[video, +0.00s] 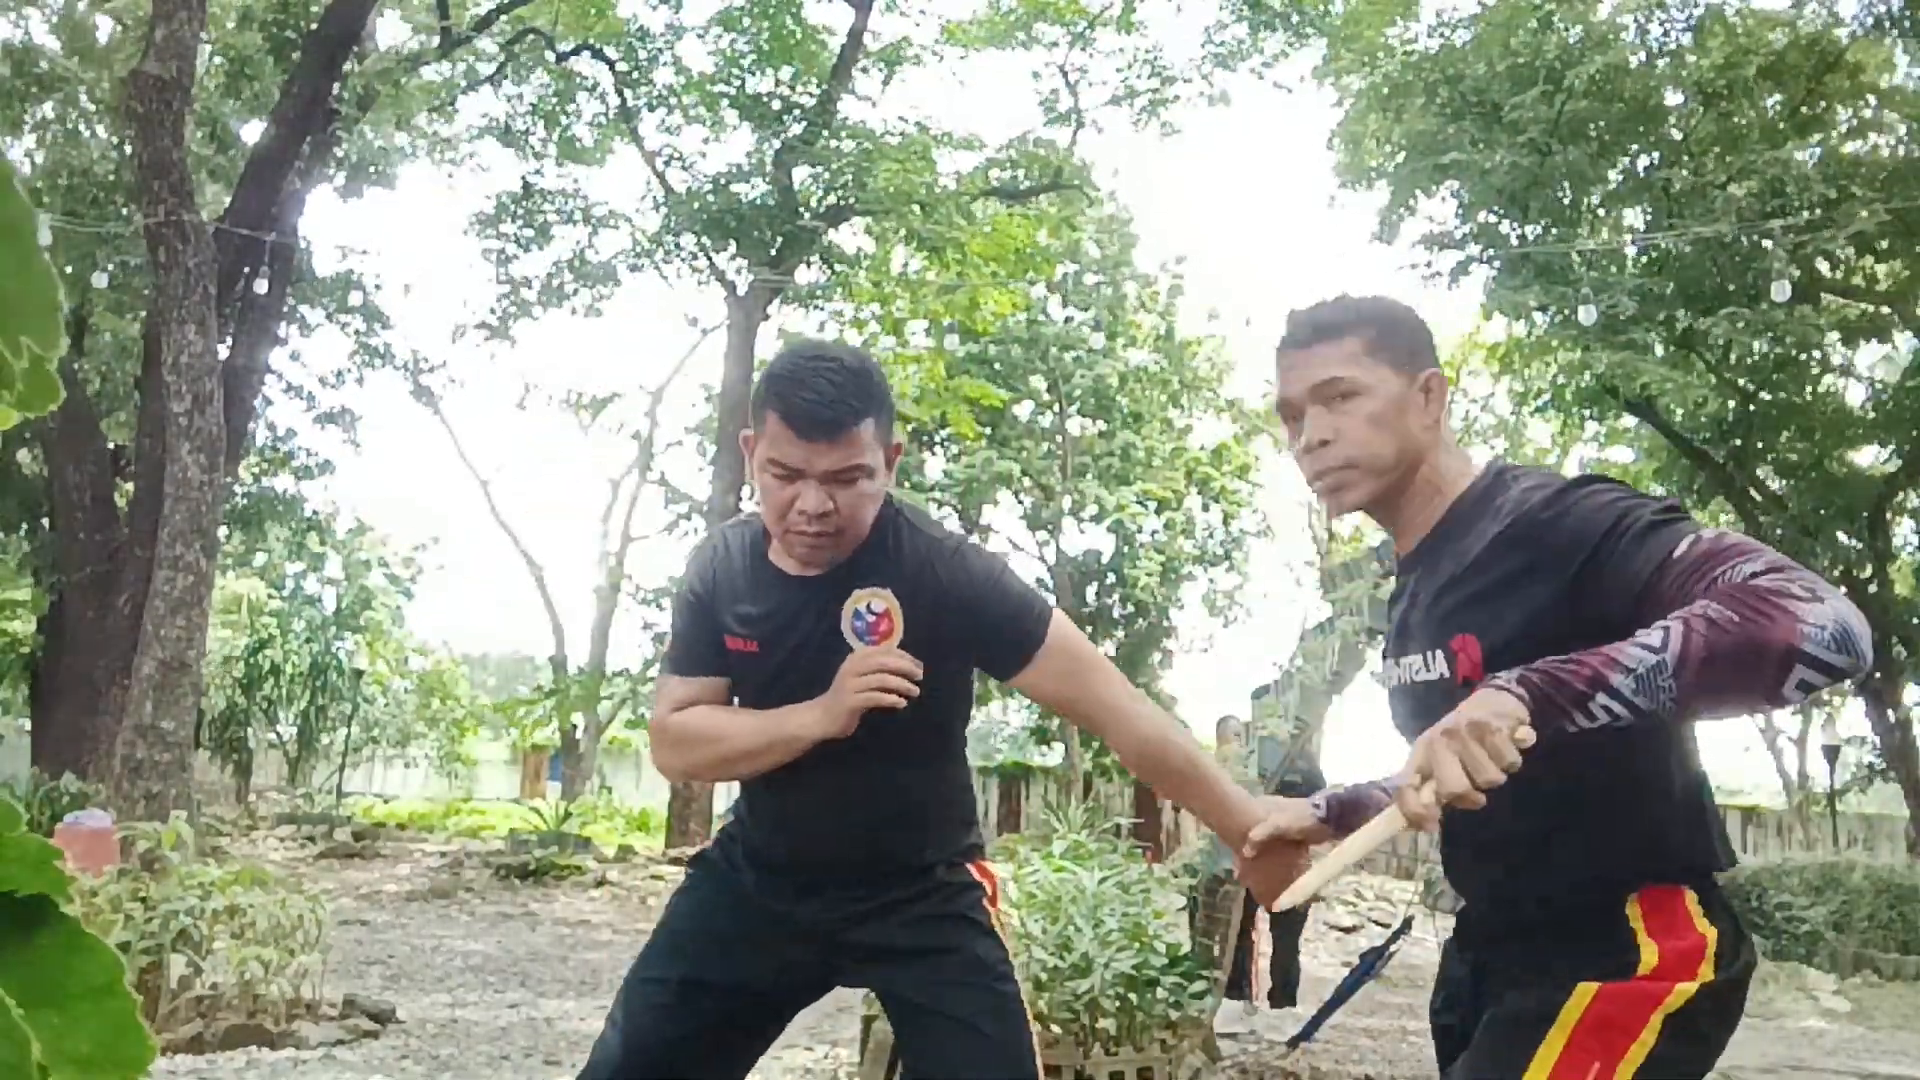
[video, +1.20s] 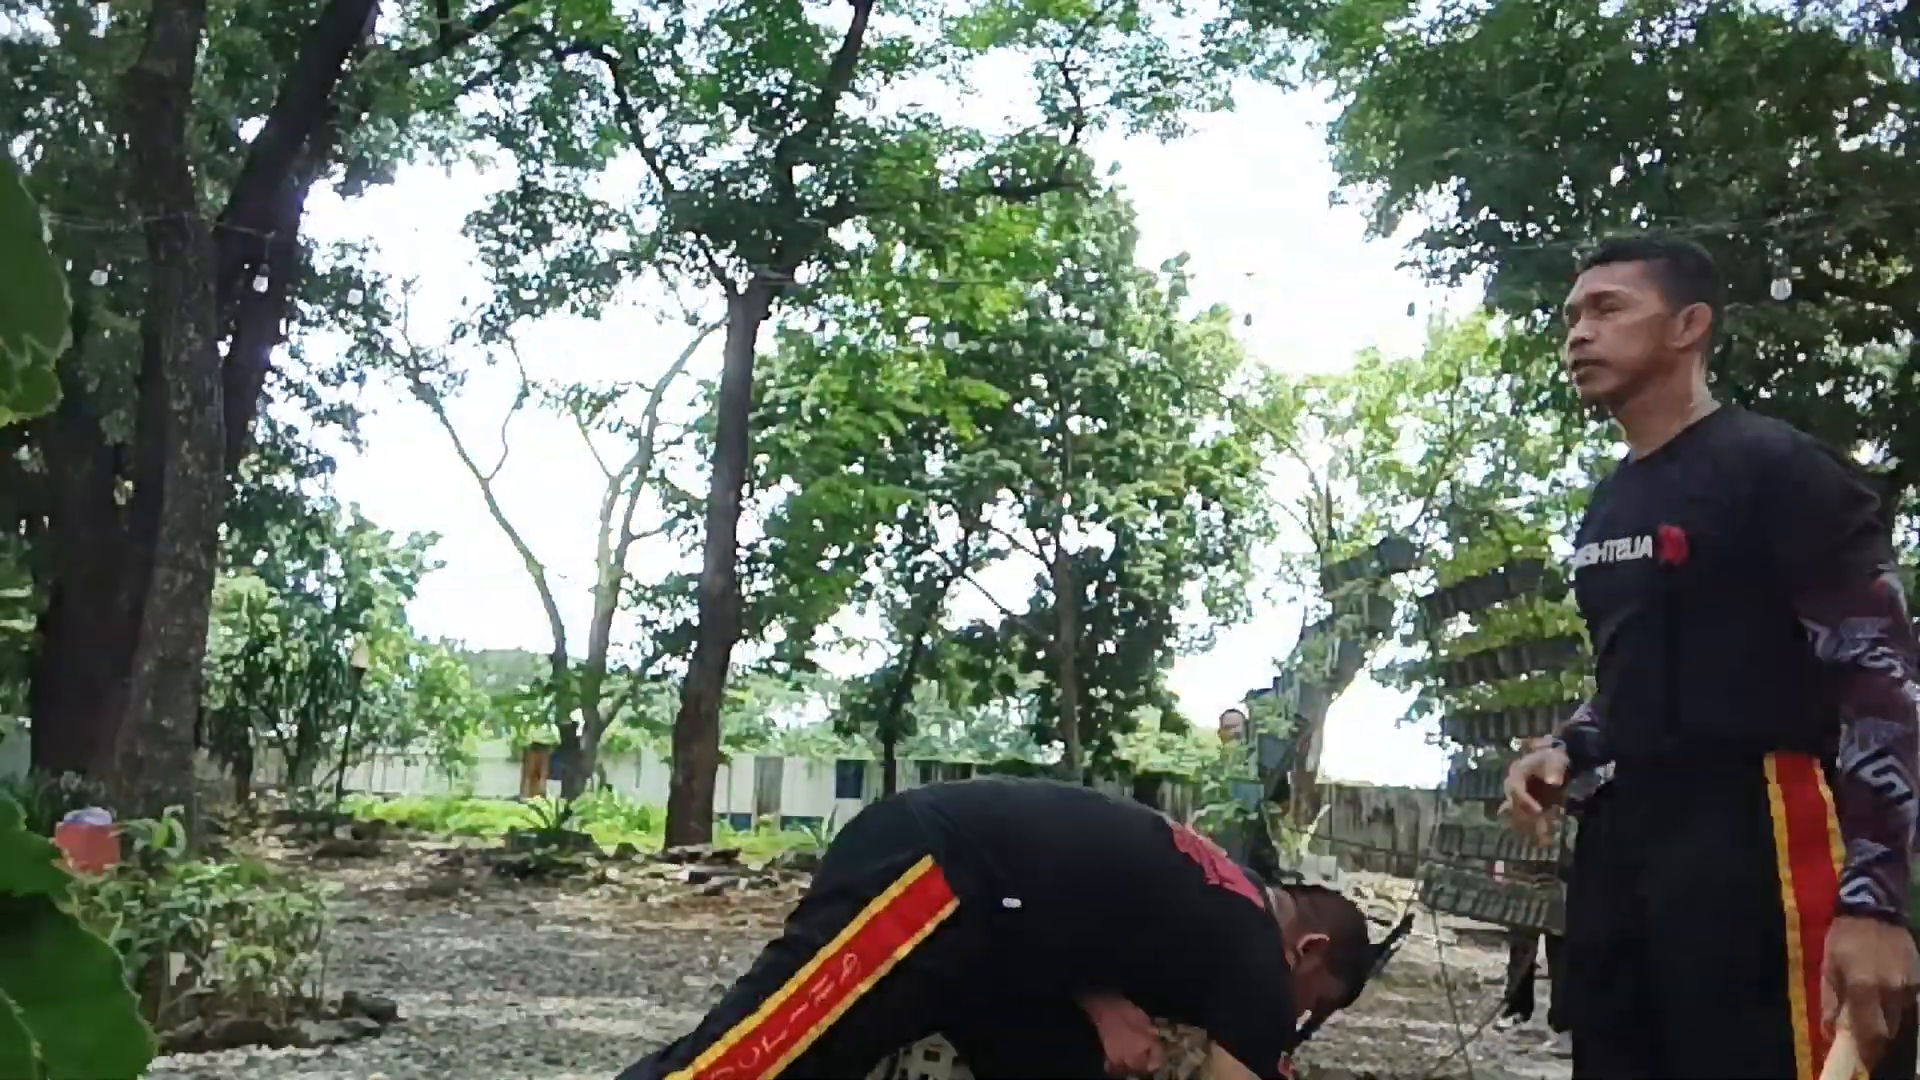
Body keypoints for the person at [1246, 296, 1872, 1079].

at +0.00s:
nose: (1308, 435)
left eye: (1336, 397)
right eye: (1291, 417)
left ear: (1429, 397)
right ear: (1285, 436)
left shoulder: (1561, 520)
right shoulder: (1418, 589)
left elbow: (1819, 627)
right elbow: (1469, 773)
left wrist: (1527, 695)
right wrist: (1330, 815)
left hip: (1632, 958)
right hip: (1495, 953)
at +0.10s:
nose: (1358, 390)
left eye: (1391, 356)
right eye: (1335, 373)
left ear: (1470, 370)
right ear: (1322, 401)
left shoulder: (1586, 504)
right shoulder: (1415, 569)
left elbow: (1816, 638)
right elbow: (1464, 757)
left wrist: (1582, 759)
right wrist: (1302, 845)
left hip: (1624, 916)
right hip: (1482, 921)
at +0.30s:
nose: (1446, 371)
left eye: (1479, 342)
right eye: (1427, 349)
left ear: (1548, 364)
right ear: (1410, 373)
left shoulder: (1641, 507)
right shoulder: (1449, 545)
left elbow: (1804, 691)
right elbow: (1404, 741)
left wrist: (1908, 860)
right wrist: (1332, 679)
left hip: (1615, 883)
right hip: (1484, 877)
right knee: (1459, 1065)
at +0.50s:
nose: (1478, 351)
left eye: (1509, 329)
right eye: (1469, 333)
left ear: (1575, 347)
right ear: (1456, 356)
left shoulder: (1662, 480)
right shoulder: (1467, 522)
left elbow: (1793, 665)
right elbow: (1424, 700)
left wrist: (1895, 809)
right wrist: (1365, 650)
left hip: (1662, 841)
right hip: (1521, 835)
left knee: (1658, 1056)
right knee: (1508, 1053)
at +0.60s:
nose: (1501, 342)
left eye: (1531, 321)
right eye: (1492, 326)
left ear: (1598, 348)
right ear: (1485, 354)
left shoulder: (1685, 478)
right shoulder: (1482, 518)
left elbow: (1804, 657)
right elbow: (1456, 689)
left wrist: (1885, 837)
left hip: (1675, 838)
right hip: (1533, 835)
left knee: (1681, 1052)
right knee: (1534, 1053)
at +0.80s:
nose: (1545, 331)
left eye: (1578, 311)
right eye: (1533, 318)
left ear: (1649, 338)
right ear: (1525, 349)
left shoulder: (1740, 477)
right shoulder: (1519, 513)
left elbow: (1841, 676)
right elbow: (1536, 694)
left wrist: (1828, 877)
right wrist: (1524, 866)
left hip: (1713, 874)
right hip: (1564, 882)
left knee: (1728, 1060)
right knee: (1572, 1061)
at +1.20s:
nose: (1575, 331)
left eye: (1606, 308)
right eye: (1571, 315)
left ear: (1690, 326)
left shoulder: (1782, 469)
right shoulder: (1607, 506)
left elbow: (1883, 688)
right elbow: (1637, 690)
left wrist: (1876, 903)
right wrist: (1567, 747)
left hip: (1756, 840)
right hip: (1623, 845)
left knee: (1752, 1057)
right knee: (1616, 1057)